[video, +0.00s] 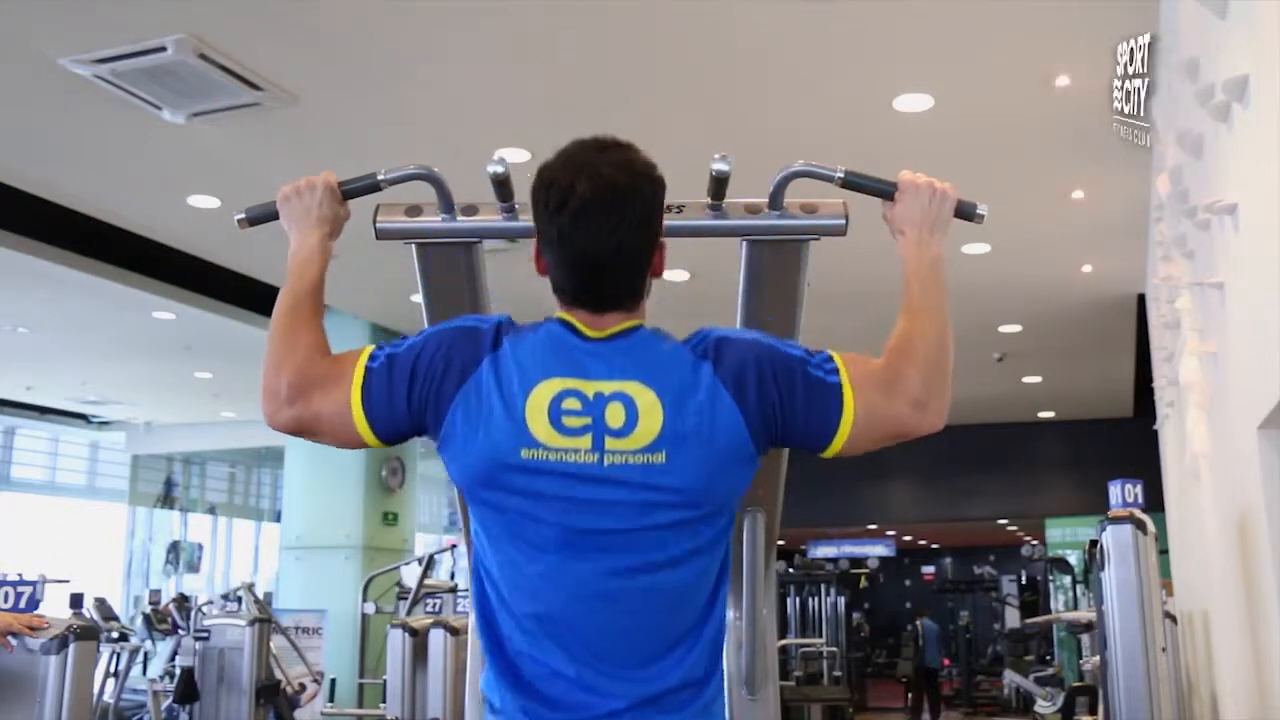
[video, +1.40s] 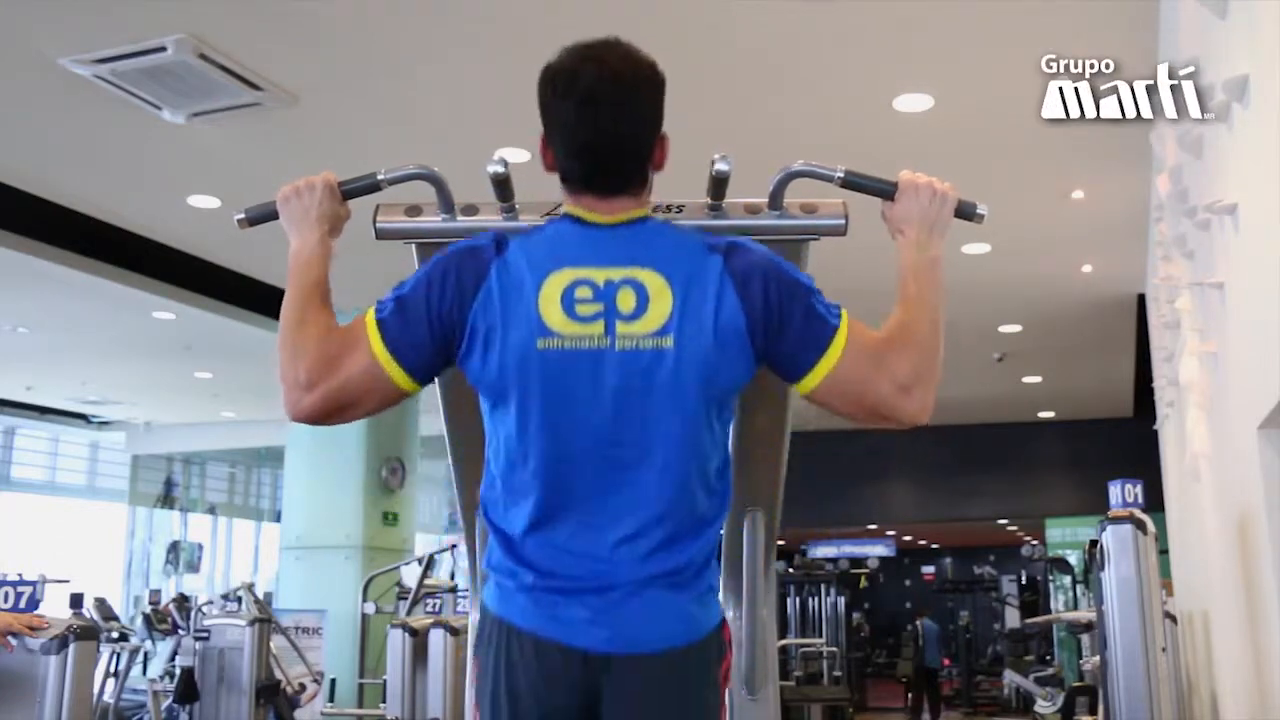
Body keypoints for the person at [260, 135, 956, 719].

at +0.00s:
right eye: (661, 237)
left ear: (539, 259)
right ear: (660, 260)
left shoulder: (469, 367)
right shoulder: (731, 379)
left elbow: (289, 397)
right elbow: (918, 398)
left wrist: (307, 244)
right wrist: (925, 243)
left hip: (523, 703)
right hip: (681, 705)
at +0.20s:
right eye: (662, 304)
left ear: (536, 328)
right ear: (661, 331)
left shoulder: (470, 427)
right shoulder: (731, 443)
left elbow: (298, 401)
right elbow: (909, 404)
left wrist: (309, 244)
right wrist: (923, 242)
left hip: (521, 709)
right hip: (684, 712)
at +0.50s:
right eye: (660, 409)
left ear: (534, 437)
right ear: (662, 441)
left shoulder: (475, 525)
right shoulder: (724, 547)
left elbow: (326, 403)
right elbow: (868, 405)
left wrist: (311, 243)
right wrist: (917, 246)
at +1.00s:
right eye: (658, 328)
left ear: (536, 356)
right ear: (659, 357)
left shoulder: (473, 464)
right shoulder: (728, 463)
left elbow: (310, 405)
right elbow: (903, 410)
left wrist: (310, 243)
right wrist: (920, 246)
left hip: (522, 709)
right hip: (682, 708)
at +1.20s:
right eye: (657, 223)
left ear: (536, 248)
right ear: (656, 248)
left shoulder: (475, 369)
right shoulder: (731, 370)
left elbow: (298, 400)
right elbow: (917, 405)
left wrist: (308, 246)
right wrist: (924, 247)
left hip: (518, 702)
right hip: (670, 701)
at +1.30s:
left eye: (537, 174)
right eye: (658, 177)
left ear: (539, 197)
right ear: (660, 198)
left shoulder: (478, 320)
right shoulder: (735, 320)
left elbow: (302, 398)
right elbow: (913, 403)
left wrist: (308, 244)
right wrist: (922, 246)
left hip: (521, 681)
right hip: (672, 683)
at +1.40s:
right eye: (660, 137)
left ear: (545, 156)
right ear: (662, 155)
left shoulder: (483, 274)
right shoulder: (733, 276)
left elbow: (311, 391)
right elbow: (902, 393)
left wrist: (307, 241)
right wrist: (922, 244)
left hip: (523, 643)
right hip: (671, 646)